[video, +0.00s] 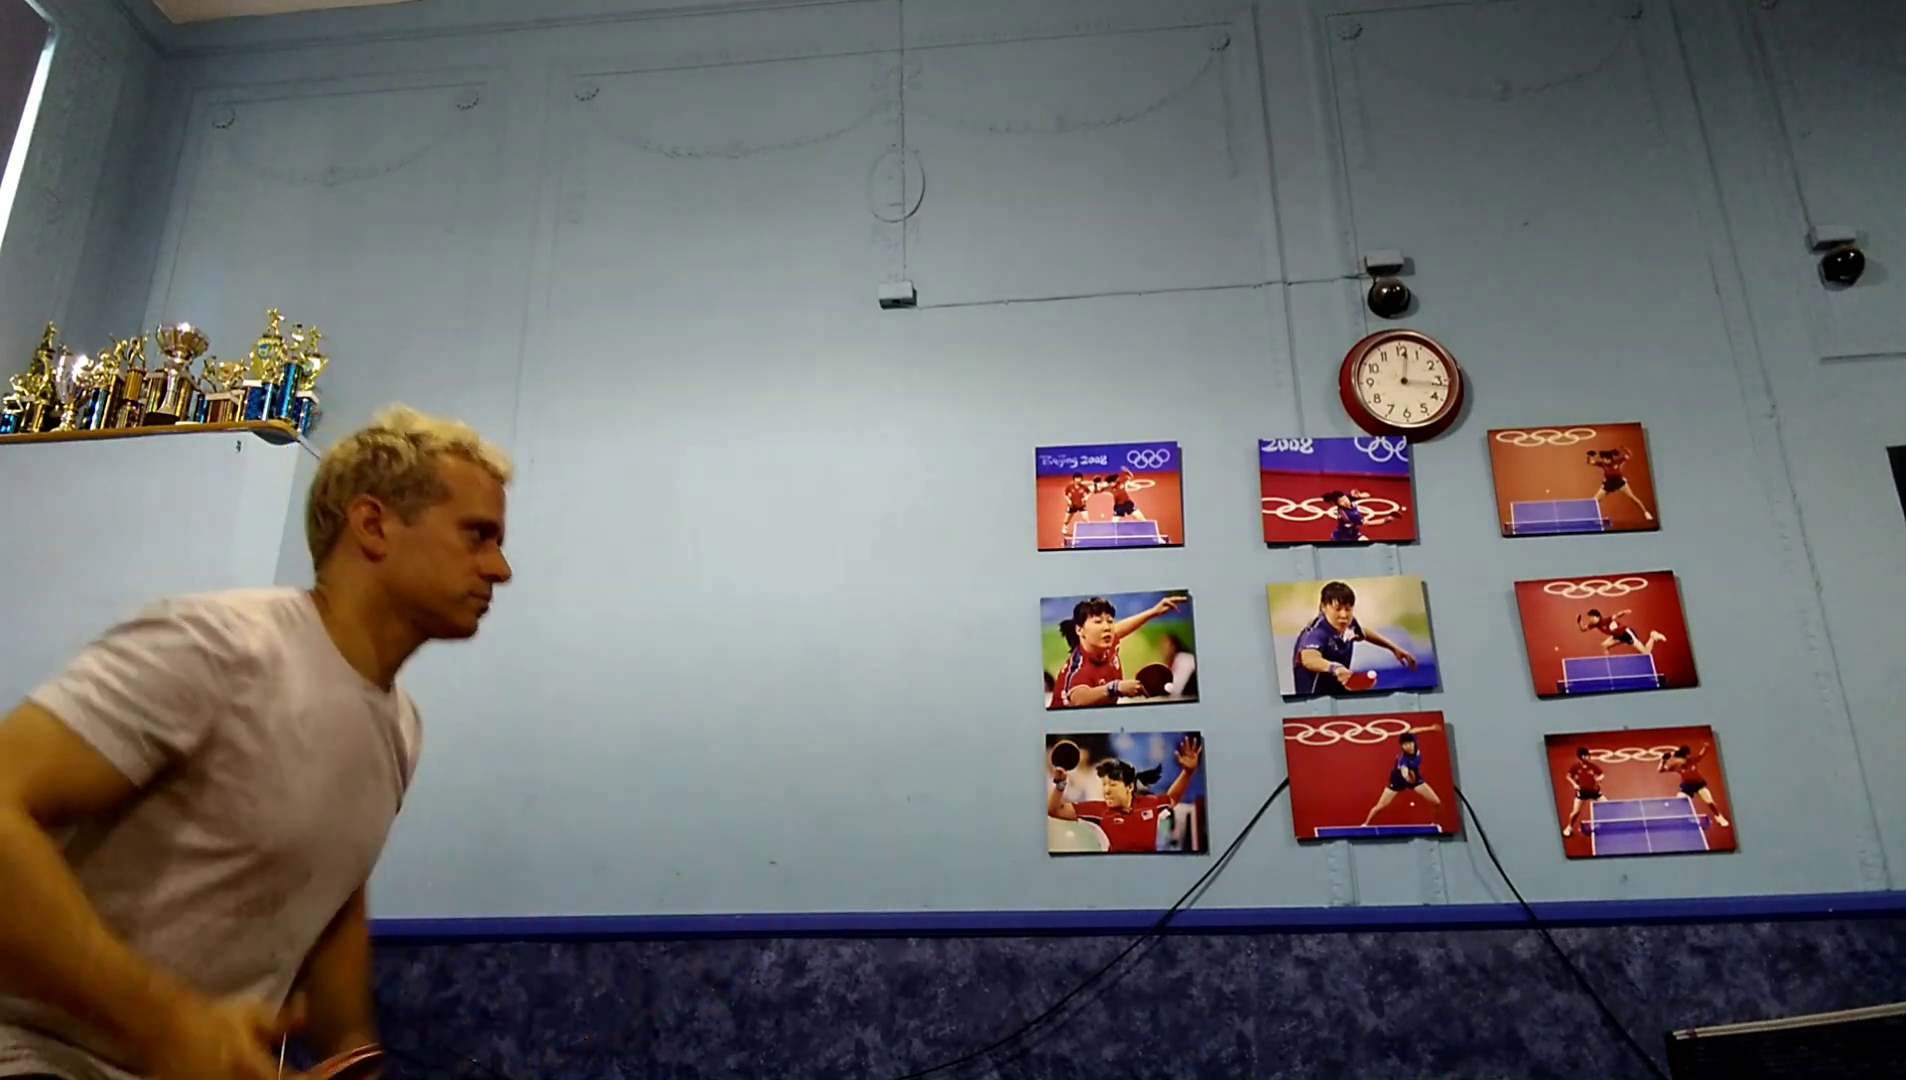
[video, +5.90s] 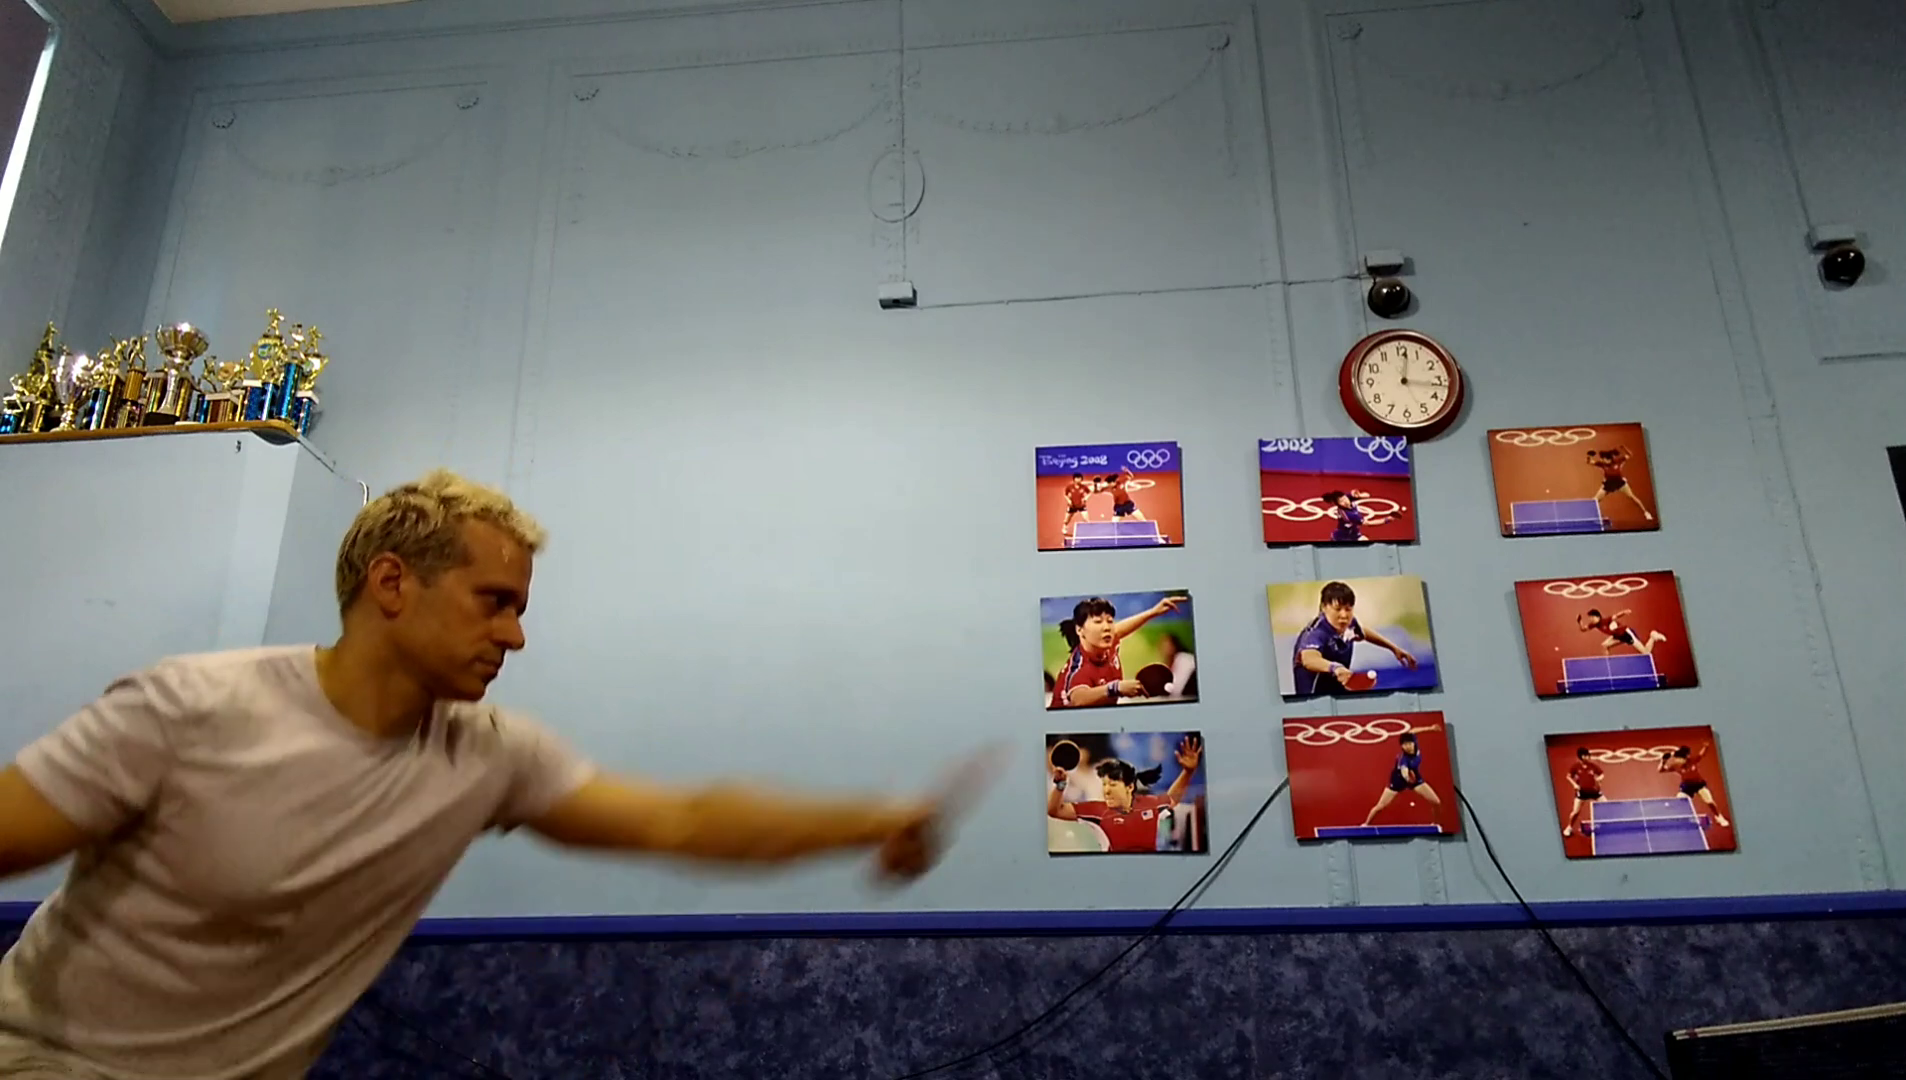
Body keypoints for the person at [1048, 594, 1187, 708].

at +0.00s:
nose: (1107, 628)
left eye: (1110, 622)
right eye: (1098, 622)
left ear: (1114, 626)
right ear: (1080, 630)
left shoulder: (1109, 644)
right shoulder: (1079, 666)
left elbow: (1120, 629)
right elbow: (1078, 698)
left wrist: (1154, 611)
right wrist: (1115, 687)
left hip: (1102, 724)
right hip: (1069, 729)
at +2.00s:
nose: (1107, 628)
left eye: (1110, 622)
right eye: (1098, 622)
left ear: (1114, 626)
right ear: (1080, 630)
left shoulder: (1109, 645)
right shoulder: (1079, 666)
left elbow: (1118, 630)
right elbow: (1078, 698)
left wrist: (1154, 612)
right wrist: (1115, 687)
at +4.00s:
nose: (1107, 628)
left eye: (1109, 622)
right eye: (1098, 622)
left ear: (1114, 626)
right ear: (1080, 630)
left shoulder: (1109, 645)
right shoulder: (1079, 666)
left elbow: (1118, 630)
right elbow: (1078, 698)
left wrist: (1153, 611)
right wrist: (1115, 687)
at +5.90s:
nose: (1107, 628)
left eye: (1109, 622)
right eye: (1098, 622)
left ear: (1113, 626)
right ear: (1080, 630)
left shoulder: (1109, 644)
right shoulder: (1079, 666)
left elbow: (1119, 630)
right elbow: (1079, 699)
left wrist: (1154, 611)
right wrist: (1115, 687)